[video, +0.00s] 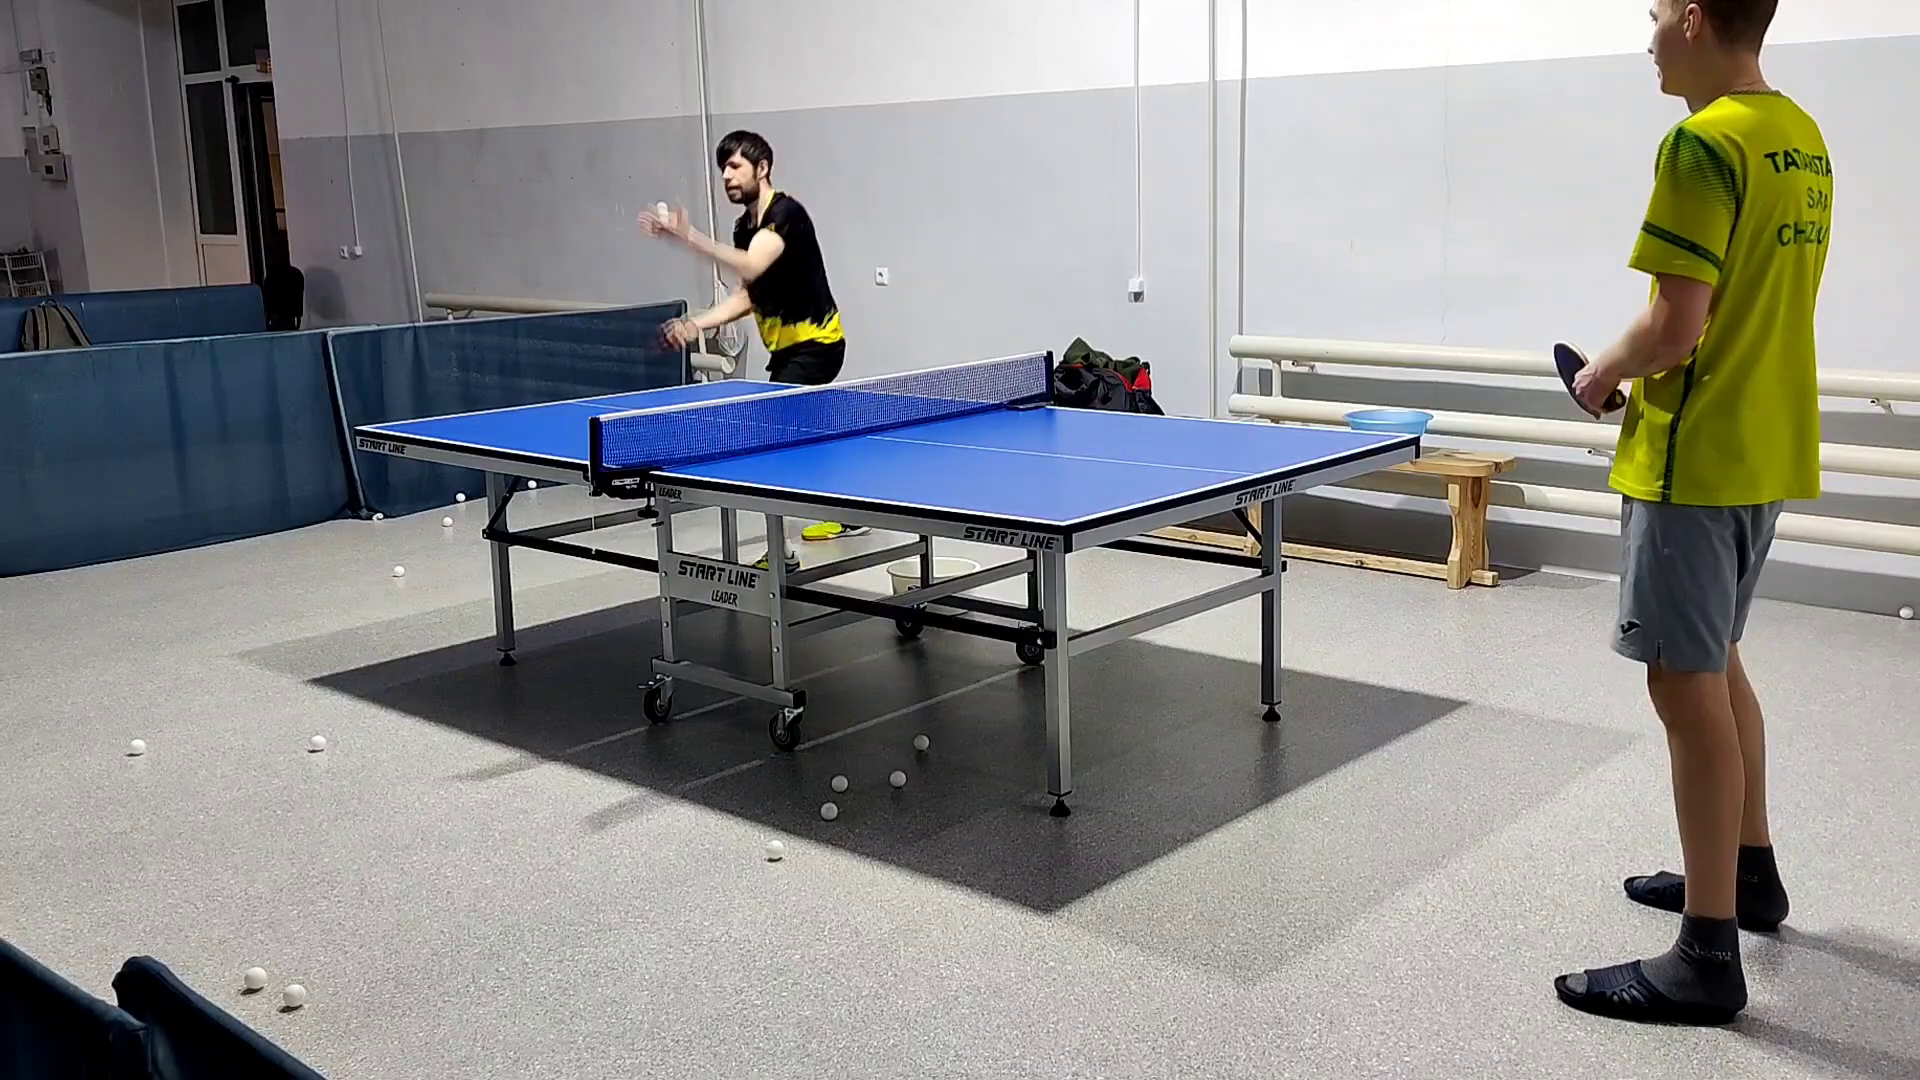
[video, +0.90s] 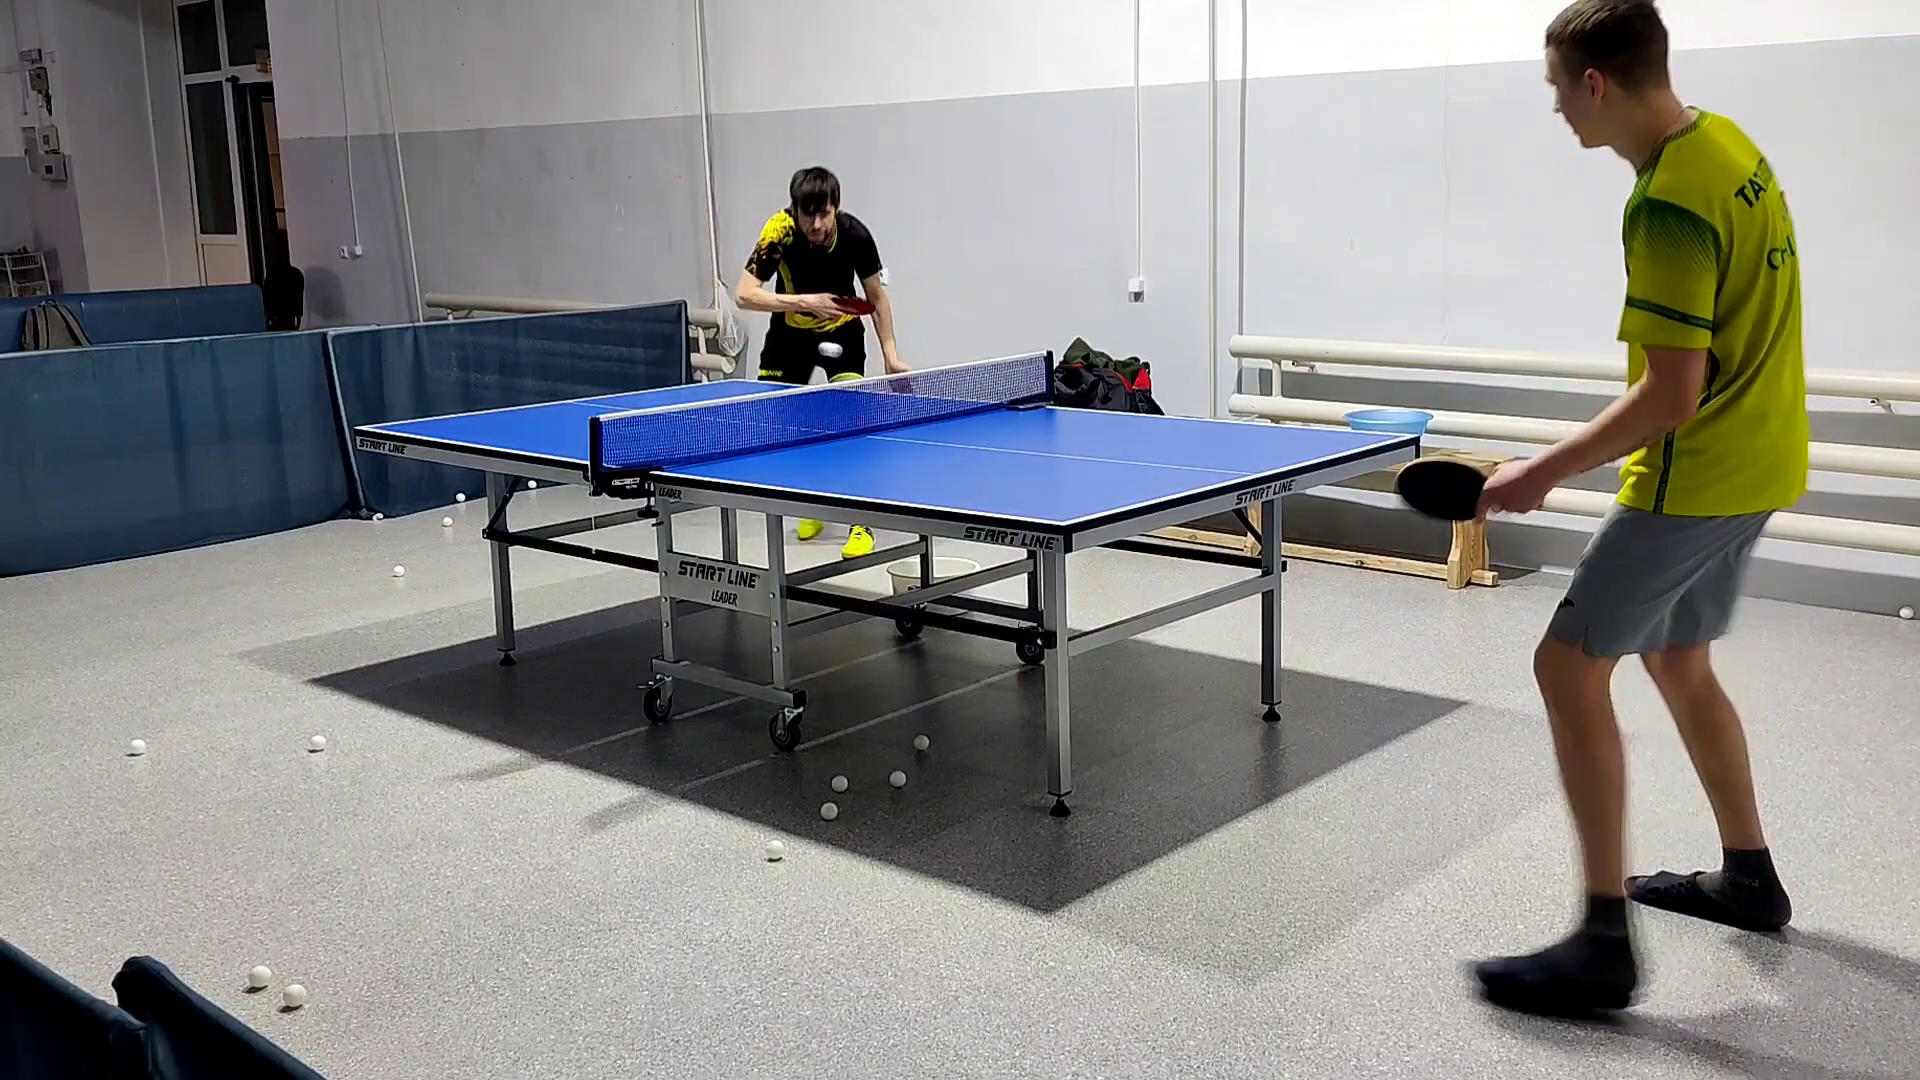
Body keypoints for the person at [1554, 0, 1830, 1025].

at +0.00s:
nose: (1651, 38)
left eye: (1656, 19)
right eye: (1655, 20)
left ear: (1691, 20)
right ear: (1749, 26)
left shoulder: (1702, 142)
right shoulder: (1801, 135)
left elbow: (1675, 329)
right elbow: (1774, 303)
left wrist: (1606, 370)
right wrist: (1644, 362)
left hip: (1696, 462)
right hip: (1762, 453)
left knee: (1685, 691)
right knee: (1713, 666)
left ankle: (1706, 960)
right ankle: (1747, 868)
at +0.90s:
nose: (1559, 113)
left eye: (1559, 93)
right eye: (1555, 94)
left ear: (1597, 83)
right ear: (1645, 73)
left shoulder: (1671, 195)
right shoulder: (1724, 148)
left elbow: (1669, 395)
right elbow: (1730, 345)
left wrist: (1544, 470)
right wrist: (1591, 450)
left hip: (1695, 480)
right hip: (1757, 466)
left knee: (1568, 666)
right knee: (1676, 652)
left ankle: (1602, 941)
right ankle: (1750, 877)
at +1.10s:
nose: (1509, 146)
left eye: (1514, 124)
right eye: (1505, 126)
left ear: (1564, 109)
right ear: (1574, 106)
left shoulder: (1657, 215)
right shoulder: (1635, 191)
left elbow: (1658, 418)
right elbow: (1661, 392)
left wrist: (1511, 502)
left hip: (1666, 505)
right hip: (1677, 497)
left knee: (1540, 682)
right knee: (1652, 670)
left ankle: (1517, 951)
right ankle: (1747, 878)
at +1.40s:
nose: (1356, 228)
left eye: (1359, 206)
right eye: (1349, 208)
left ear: (1414, 186)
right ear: (1426, 182)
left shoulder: (1509, 273)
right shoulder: (1537, 210)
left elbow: (1476, 468)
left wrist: (1328, 518)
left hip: (1604, 517)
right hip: (1667, 489)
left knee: (1439, 696)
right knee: (1631, 680)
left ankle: (1509, 956)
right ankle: (1741, 876)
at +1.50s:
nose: (1333, 262)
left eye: (1331, 241)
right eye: (1324, 245)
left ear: (1379, 218)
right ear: (1403, 202)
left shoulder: (1457, 325)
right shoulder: (1515, 217)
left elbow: (1381, 520)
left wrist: (1228, 584)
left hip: (1601, 533)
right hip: (1679, 498)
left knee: (1419, 702)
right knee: (1634, 684)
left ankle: (1507, 953)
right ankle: (1743, 875)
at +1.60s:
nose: (1317, 272)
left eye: (1315, 252)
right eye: (1309, 253)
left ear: (1358, 239)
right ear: (1399, 209)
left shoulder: (1426, 355)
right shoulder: (1516, 226)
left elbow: (1350, 524)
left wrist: (1240, 568)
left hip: (1593, 548)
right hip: (1691, 505)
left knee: (1415, 705)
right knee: (1649, 689)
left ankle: (1506, 953)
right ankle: (1746, 876)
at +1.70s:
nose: (1331, 267)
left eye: (1325, 249)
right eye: (1322, 250)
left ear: (1355, 240)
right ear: (1418, 208)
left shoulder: (1415, 358)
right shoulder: (1534, 226)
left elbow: (1375, 505)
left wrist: (1306, 507)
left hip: (1605, 548)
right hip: (1710, 509)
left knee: (1425, 699)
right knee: (1666, 687)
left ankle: (1506, 954)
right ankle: (1771, 887)